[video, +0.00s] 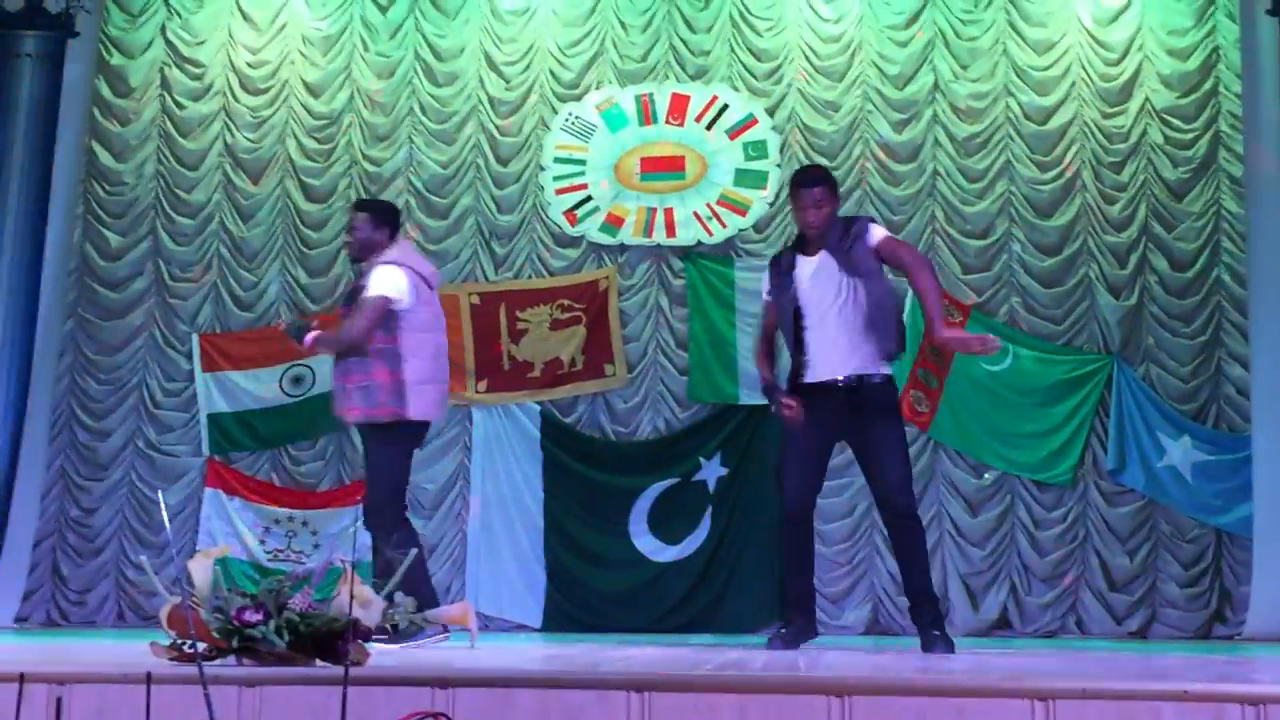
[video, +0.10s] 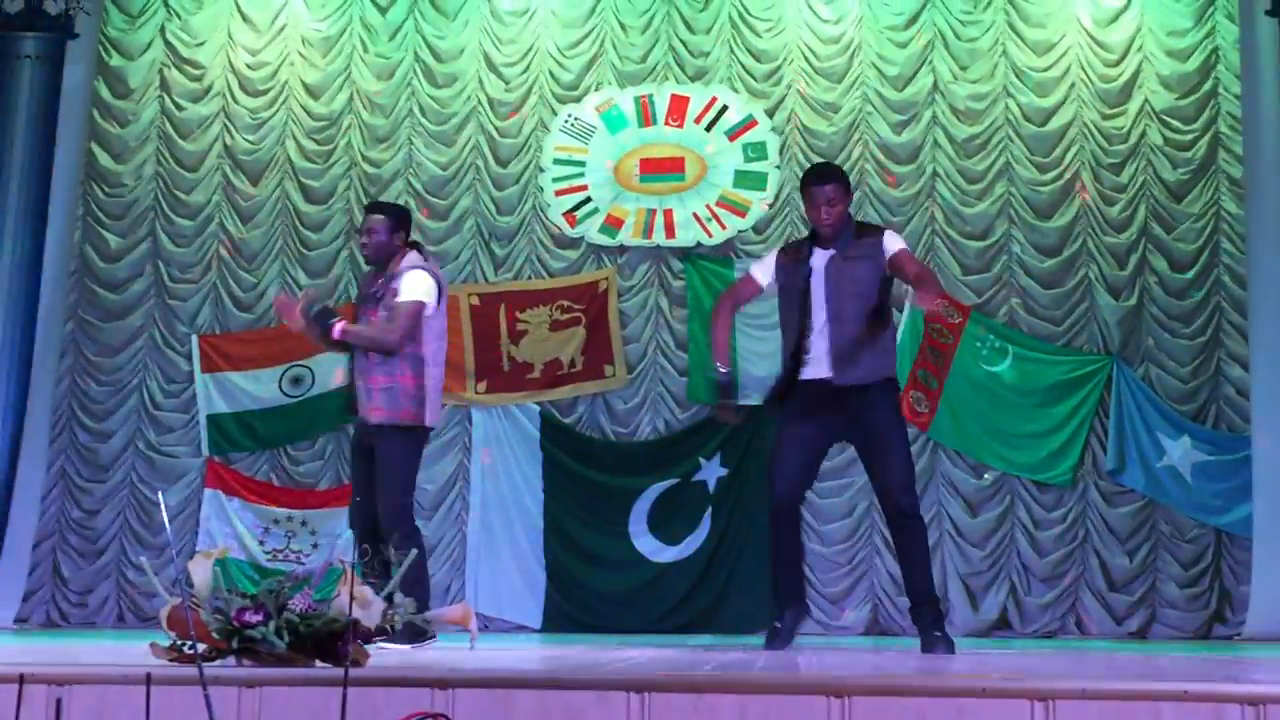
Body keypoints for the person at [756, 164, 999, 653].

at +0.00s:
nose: (814, 212)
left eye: (822, 203)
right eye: (805, 205)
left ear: (835, 204)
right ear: (793, 209)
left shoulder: (860, 235)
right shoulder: (783, 267)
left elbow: (916, 263)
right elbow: (767, 338)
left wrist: (938, 327)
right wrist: (774, 390)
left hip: (872, 396)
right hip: (811, 400)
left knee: (899, 506)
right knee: (795, 506)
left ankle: (929, 625)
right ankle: (799, 621)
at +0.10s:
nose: (826, 213)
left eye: (834, 203)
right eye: (817, 205)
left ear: (849, 202)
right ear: (805, 208)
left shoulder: (879, 243)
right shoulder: (784, 260)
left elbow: (919, 274)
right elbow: (724, 305)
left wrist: (930, 296)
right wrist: (725, 380)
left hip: (871, 393)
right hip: (808, 397)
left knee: (901, 504)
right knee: (782, 498)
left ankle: (929, 622)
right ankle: (790, 608)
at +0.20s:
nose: (823, 213)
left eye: (831, 203)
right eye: (814, 205)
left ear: (846, 201)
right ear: (801, 205)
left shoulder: (876, 235)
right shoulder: (785, 246)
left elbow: (912, 272)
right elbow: (732, 283)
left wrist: (875, 279)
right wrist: (702, 319)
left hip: (866, 395)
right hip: (802, 396)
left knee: (893, 504)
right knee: (766, 491)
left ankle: (921, 622)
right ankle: (758, 610)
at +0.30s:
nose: (809, 217)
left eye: (817, 207)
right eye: (800, 208)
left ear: (832, 204)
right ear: (788, 208)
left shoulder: (863, 243)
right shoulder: (772, 249)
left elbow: (881, 309)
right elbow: (742, 310)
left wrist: (837, 290)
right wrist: (758, 296)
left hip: (849, 394)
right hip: (788, 396)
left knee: (884, 502)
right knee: (756, 502)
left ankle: (916, 619)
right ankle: (723, 621)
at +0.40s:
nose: (807, 229)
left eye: (815, 219)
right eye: (797, 220)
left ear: (828, 217)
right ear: (783, 221)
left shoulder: (858, 265)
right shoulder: (761, 271)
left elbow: (870, 345)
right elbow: (747, 348)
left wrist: (821, 310)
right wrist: (790, 314)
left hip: (840, 400)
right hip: (779, 401)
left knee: (875, 506)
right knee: (750, 505)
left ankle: (912, 624)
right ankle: (718, 624)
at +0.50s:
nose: (819, 224)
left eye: (828, 215)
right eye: (810, 215)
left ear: (839, 216)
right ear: (795, 215)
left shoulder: (865, 263)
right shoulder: (770, 265)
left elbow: (877, 339)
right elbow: (752, 340)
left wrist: (828, 296)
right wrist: (803, 301)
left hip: (848, 401)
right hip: (789, 403)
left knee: (880, 508)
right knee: (758, 509)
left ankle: (917, 629)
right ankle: (726, 629)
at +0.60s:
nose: (834, 238)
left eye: (842, 230)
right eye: (825, 230)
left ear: (854, 231)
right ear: (809, 231)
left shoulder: (880, 279)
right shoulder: (784, 281)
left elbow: (892, 356)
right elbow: (768, 357)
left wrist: (844, 318)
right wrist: (820, 321)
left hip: (862, 418)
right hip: (801, 418)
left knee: (892, 523)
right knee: (771, 521)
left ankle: (930, 643)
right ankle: (739, 643)